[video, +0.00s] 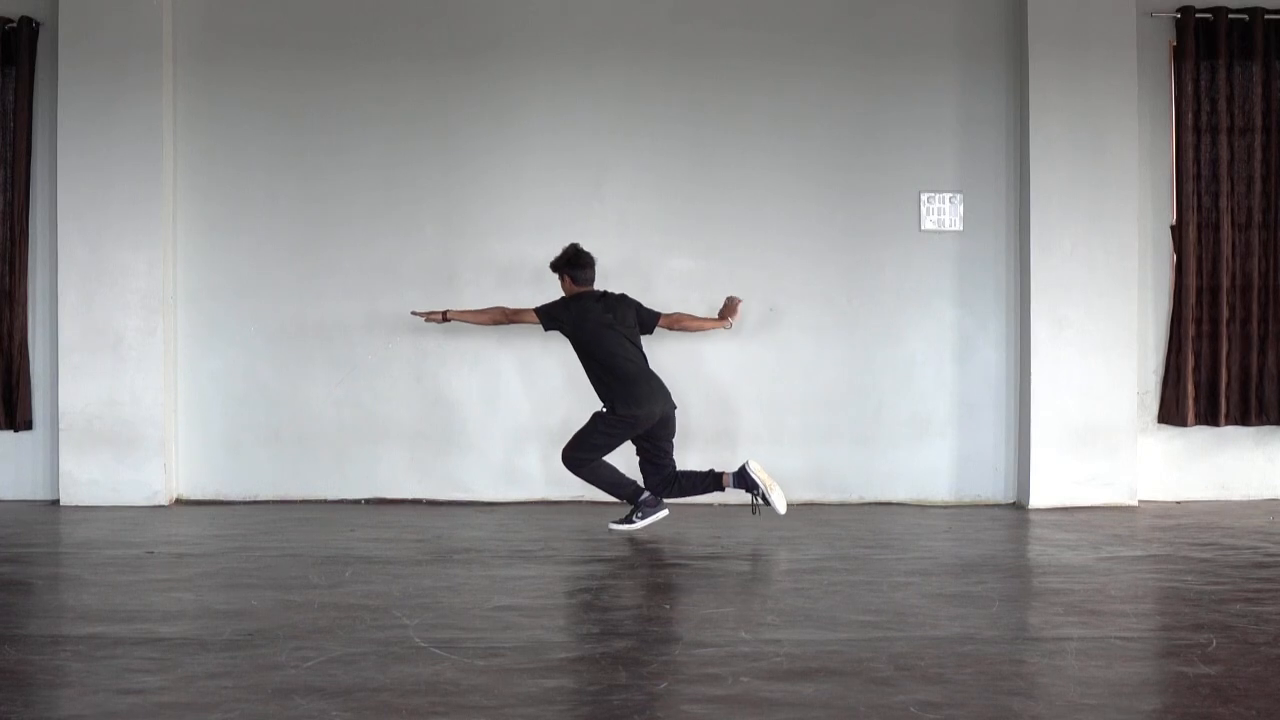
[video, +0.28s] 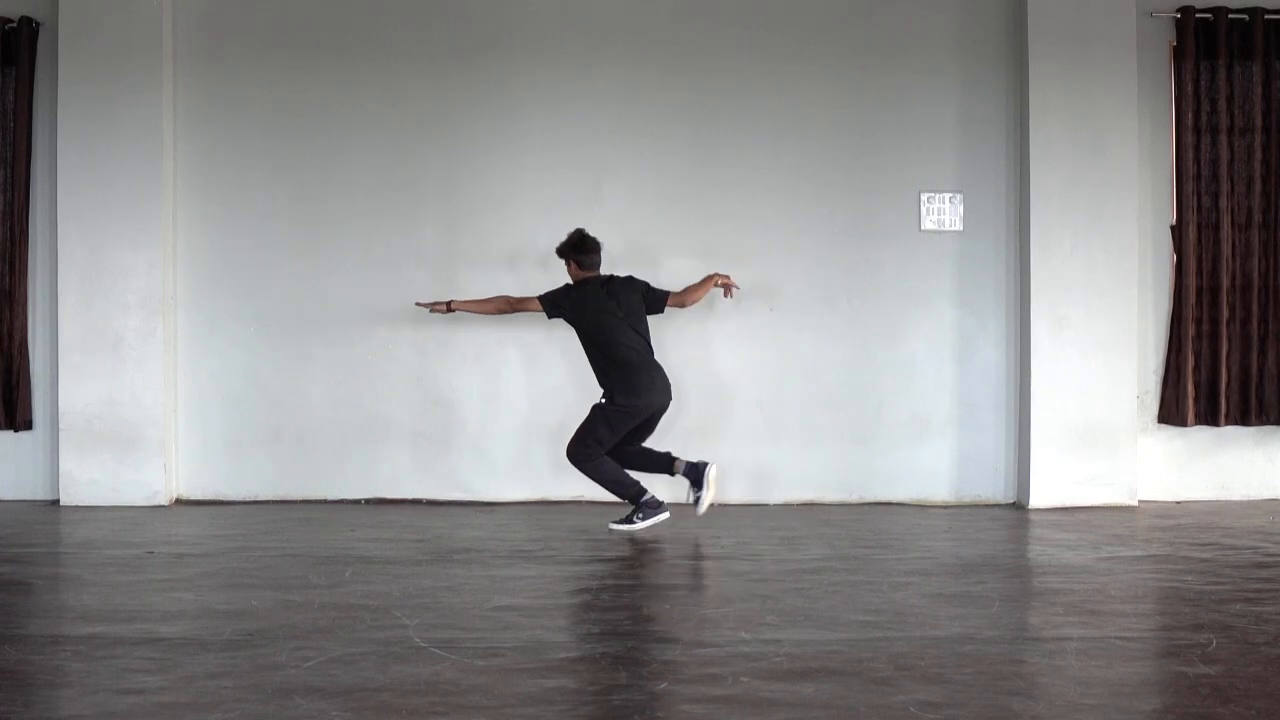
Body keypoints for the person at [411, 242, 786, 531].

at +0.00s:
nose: (559, 285)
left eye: (560, 279)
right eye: (562, 279)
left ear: (566, 280)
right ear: (593, 275)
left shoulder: (568, 309)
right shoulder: (623, 304)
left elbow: (506, 315)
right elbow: (674, 322)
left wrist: (451, 315)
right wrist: (722, 322)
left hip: (627, 407)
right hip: (660, 404)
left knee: (577, 456)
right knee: (661, 483)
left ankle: (644, 502)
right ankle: (739, 479)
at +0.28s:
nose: (565, 270)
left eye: (565, 265)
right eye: (567, 265)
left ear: (573, 265)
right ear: (598, 261)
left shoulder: (570, 297)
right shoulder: (629, 287)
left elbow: (509, 305)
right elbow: (683, 299)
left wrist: (454, 306)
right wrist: (713, 279)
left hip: (628, 395)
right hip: (659, 392)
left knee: (581, 451)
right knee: (619, 452)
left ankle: (645, 504)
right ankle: (692, 472)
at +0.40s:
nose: (569, 261)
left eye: (569, 256)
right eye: (571, 255)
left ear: (576, 256)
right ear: (601, 250)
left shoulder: (573, 287)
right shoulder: (634, 274)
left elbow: (514, 298)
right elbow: (688, 278)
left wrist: (459, 301)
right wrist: (718, 264)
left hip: (627, 388)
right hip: (656, 383)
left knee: (584, 450)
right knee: (600, 428)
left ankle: (646, 505)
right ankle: (650, 479)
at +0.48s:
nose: (569, 253)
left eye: (569, 248)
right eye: (572, 247)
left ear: (576, 248)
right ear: (601, 243)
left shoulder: (574, 281)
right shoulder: (632, 262)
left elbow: (514, 293)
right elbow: (683, 261)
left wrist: (460, 297)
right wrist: (723, 268)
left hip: (624, 384)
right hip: (652, 378)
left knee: (586, 448)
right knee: (583, 408)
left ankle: (648, 504)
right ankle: (617, 488)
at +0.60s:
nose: (570, 242)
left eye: (570, 236)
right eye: (571, 235)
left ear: (576, 234)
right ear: (601, 229)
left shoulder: (574, 269)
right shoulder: (631, 251)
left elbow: (516, 289)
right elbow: (682, 264)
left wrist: (462, 296)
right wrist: (725, 281)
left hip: (617, 371)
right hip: (644, 367)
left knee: (590, 442)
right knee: (577, 412)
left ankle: (650, 506)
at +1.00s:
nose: (558, 228)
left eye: (559, 222)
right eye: (558, 224)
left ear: (571, 219)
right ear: (593, 217)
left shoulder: (567, 236)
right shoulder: (626, 242)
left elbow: (512, 231)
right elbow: (675, 262)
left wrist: (476, 264)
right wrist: (687, 304)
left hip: (586, 357)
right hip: (610, 358)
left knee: (592, 439)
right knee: (555, 426)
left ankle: (651, 506)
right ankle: (538, 505)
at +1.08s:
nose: (553, 231)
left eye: (555, 225)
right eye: (553, 227)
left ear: (570, 219)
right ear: (588, 220)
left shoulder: (566, 236)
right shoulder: (621, 241)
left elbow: (512, 227)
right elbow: (667, 262)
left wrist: (475, 244)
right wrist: (657, 304)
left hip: (587, 357)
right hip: (605, 358)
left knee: (594, 439)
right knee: (551, 425)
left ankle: (652, 506)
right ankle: (537, 506)